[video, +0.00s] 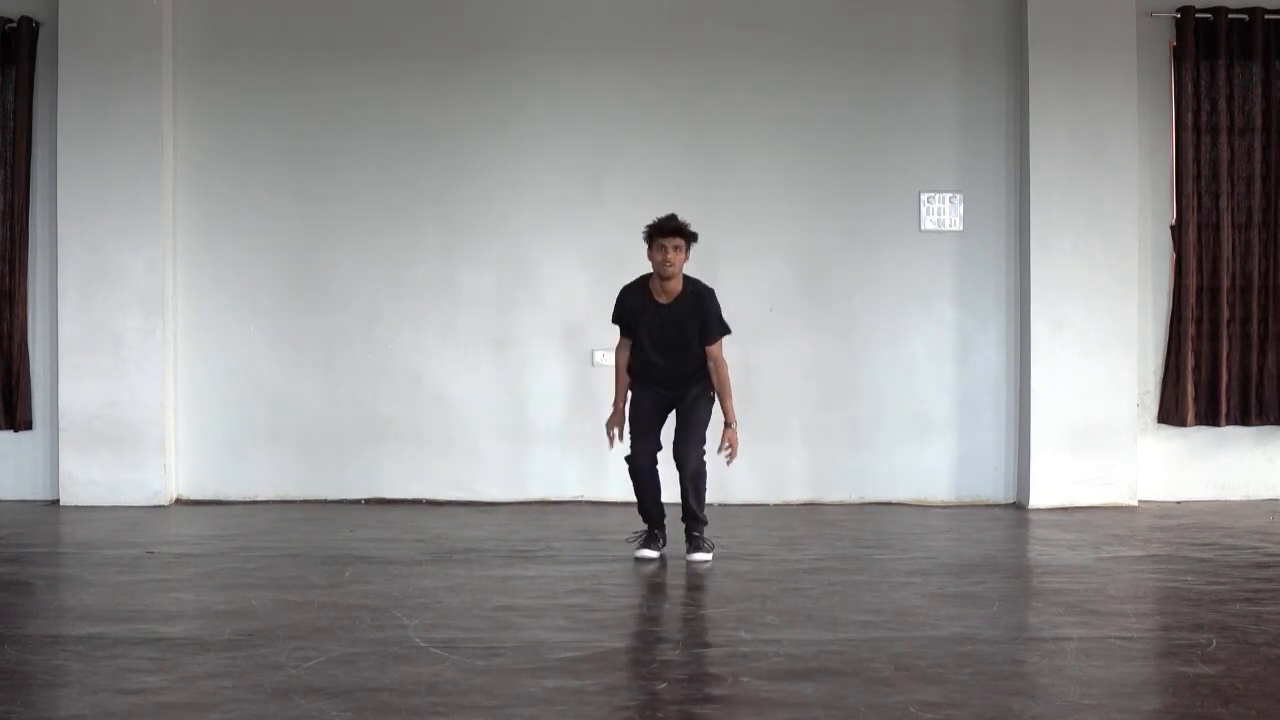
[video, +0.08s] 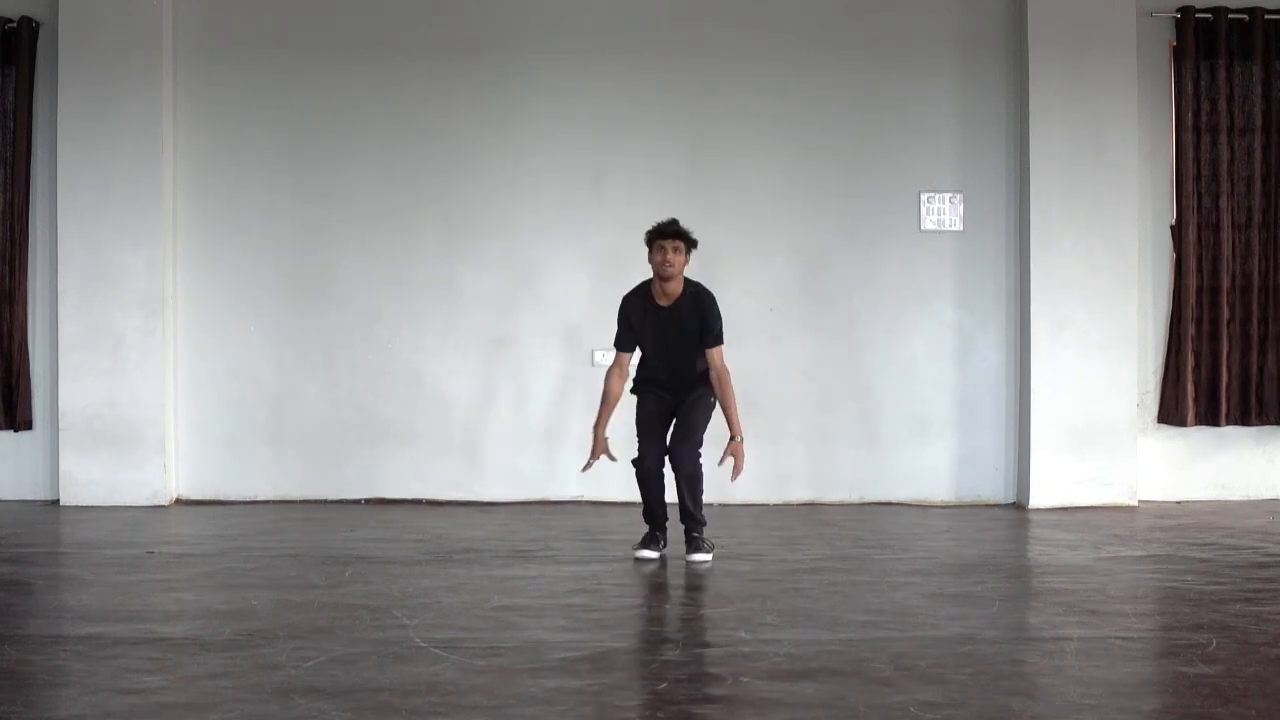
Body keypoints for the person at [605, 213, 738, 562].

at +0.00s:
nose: (668, 256)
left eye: (676, 249)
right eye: (660, 249)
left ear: (686, 256)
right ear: (649, 254)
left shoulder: (702, 297)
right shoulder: (631, 296)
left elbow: (716, 360)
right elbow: (623, 350)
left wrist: (730, 422)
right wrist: (618, 407)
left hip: (695, 386)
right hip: (648, 387)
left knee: (688, 454)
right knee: (640, 456)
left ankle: (695, 534)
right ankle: (654, 532)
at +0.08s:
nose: (667, 257)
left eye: (676, 251)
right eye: (660, 250)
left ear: (687, 259)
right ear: (649, 257)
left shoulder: (702, 301)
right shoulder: (634, 302)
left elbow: (717, 368)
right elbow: (619, 368)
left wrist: (736, 434)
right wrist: (599, 429)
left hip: (697, 388)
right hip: (653, 389)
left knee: (682, 452)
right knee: (647, 459)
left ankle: (695, 534)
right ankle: (656, 533)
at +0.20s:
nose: (668, 210)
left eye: (676, 204)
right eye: (661, 204)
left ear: (686, 211)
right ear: (649, 211)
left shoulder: (702, 253)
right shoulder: (633, 257)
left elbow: (737, 291)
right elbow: (597, 302)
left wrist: (737, 301)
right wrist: (589, 322)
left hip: (698, 370)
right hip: (653, 371)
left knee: (688, 450)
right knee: (649, 455)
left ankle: (696, 533)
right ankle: (656, 532)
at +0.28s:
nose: (669, 156)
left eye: (677, 148)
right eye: (661, 149)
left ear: (688, 152)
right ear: (650, 152)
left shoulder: (703, 193)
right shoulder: (631, 197)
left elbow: (745, 245)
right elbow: (614, 255)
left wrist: (738, 263)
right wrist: (603, 252)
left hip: (696, 325)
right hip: (647, 327)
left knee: (705, 418)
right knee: (652, 420)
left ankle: (707, 507)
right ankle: (656, 504)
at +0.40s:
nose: (668, 120)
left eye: (676, 113)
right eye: (660, 113)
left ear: (687, 119)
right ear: (650, 118)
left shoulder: (707, 161)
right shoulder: (635, 162)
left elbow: (748, 205)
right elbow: (607, 211)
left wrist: (763, 234)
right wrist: (588, 225)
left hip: (693, 287)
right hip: (644, 286)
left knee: (714, 370)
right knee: (631, 371)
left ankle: (700, 412)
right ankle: (667, 381)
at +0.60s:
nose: (663, 132)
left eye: (671, 124)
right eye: (655, 125)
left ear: (683, 129)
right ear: (644, 130)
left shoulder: (702, 168)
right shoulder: (629, 176)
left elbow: (760, 190)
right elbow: (596, 226)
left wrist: (767, 207)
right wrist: (582, 239)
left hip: (699, 295)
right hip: (647, 293)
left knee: (730, 376)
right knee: (614, 352)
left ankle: (717, 464)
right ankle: (633, 430)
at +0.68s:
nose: (661, 157)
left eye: (668, 148)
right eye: (652, 149)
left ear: (680, 152)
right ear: (641, 154)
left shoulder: (698, 187)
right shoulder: (627, 200)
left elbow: (742, 211)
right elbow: (606, 251)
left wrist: (756, 224)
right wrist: (593, 264)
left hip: (702, 323)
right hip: (648, 323)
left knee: (724, 419)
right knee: (616, 409)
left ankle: (738, 511)